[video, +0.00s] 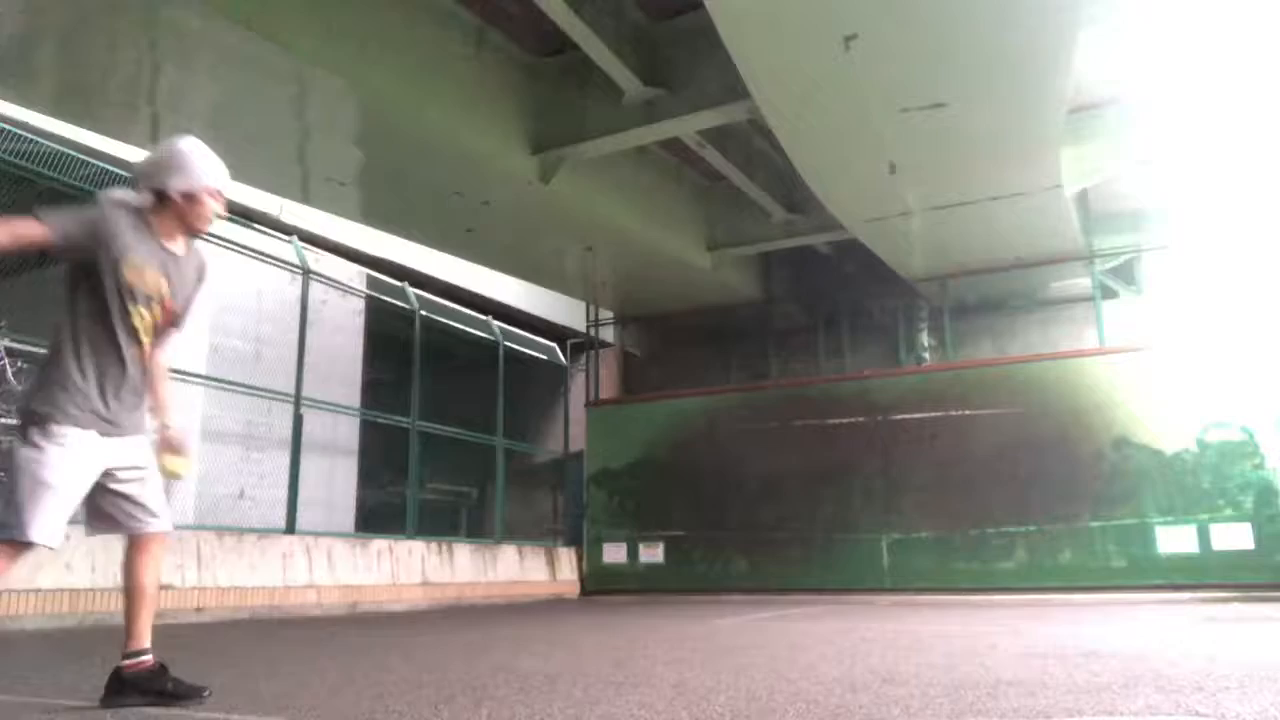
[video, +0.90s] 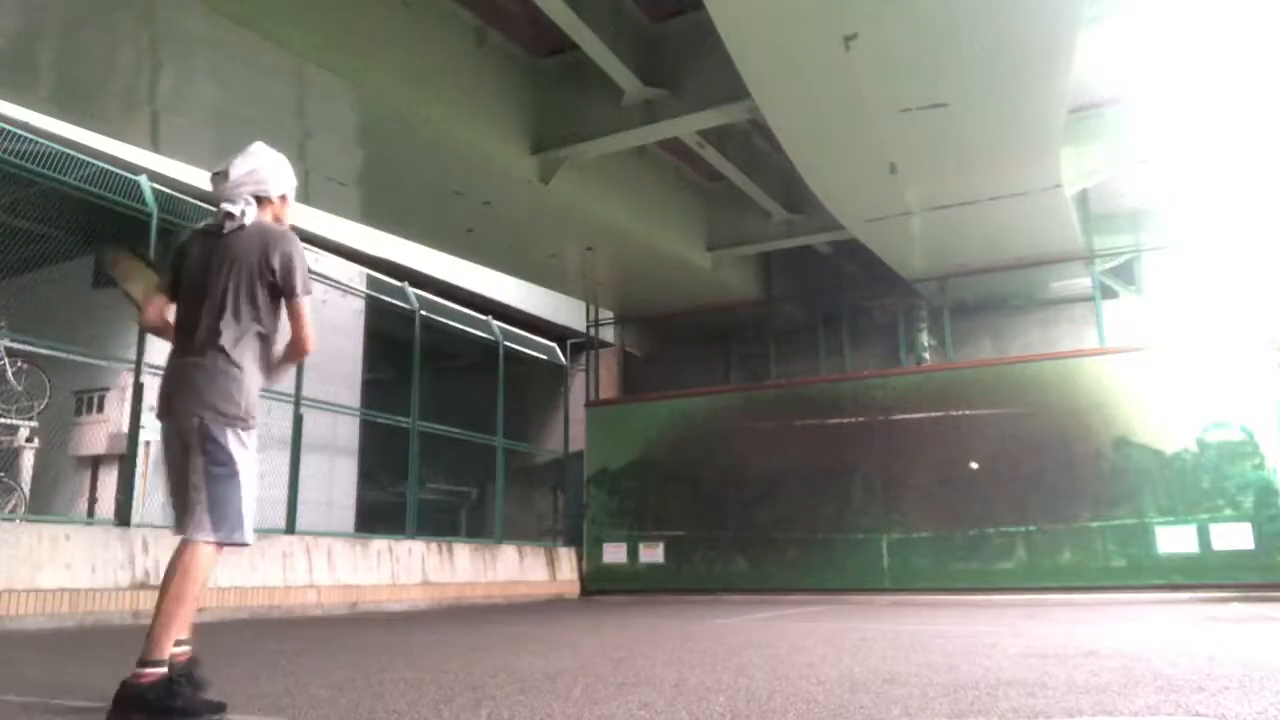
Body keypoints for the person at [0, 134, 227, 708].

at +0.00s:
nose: (220, 205)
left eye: (220, 194)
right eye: (210, 194)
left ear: (198, 198)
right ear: (175, 194)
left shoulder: (194, 264)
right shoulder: (111, 222)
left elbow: (154, 349)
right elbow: (23, 230)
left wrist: (165, 424)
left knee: (152, 531)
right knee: (18, 541)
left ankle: (137, 665)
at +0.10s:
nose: (240, 230)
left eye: (240, 221)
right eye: (233, 220)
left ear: (214, 222)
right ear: (202, 218)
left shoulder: (203, 285)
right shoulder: (151, 259)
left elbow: (186, 369)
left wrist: (230, 431)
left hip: (133, 438)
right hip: (85, 431)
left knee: (165, 530)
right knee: (39, 544)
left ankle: (138, 665)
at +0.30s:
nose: (254, 220)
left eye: (254, 209)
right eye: (249, 208)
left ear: (213, 206)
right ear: (220, 206)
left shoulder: (175, 246)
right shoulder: (207, 255)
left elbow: (221, 336)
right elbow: (241, 344)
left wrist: (286, 351)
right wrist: (301, 374)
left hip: (144, 408)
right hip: (135, 408)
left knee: (159, 527)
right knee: (111, 521)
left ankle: (137, 665)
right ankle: (1, 613)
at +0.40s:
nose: (256, 211)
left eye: (256, 199)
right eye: (251, 199)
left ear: (210, 197)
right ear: (224, 198)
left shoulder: (172, 238)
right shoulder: (219, 243)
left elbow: (207, 294)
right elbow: (274, 311)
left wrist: (250, 303)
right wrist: (303, 318)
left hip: (146, 394)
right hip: (157, 398)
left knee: (153, 529)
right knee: (130, 523)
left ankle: (136, 666)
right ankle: (22, 638)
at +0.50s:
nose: (263, 210)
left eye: (262, 199)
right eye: (259, 199)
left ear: (210, 198)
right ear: (234, 199)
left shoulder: (174, 241)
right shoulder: (234, 238)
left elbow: (149, 303)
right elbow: (289, 289)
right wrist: (264, 255)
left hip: (144, 391)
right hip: (180, 395)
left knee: (152, 526)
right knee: (165, 520)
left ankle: (137, 664)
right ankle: (79, 657)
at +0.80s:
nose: (283, 214)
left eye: (282, 204)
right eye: (281, 204)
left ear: (228, 198)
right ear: (265, 202)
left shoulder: (186, 241)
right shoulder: (274, 244)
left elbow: (129, 306)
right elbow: (295, 321)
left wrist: (178, 298)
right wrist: (250, 302)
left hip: (165, 397)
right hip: (210, 401)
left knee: (189, 533)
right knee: (206, 533)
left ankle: (145, 669)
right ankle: (153, 671)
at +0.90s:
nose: (290, 212)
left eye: (290, 203)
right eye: (288, 203)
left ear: (235, 196)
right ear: (272, 201)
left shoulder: (196, 240)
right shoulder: (280, 243)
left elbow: (156, 315)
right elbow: (303, 343)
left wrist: (203, 343)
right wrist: (273, 364)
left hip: (179, 394)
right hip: (224, 400)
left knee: (200, 533)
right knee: (204, 534)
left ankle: (178, 663)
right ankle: (148, 673)